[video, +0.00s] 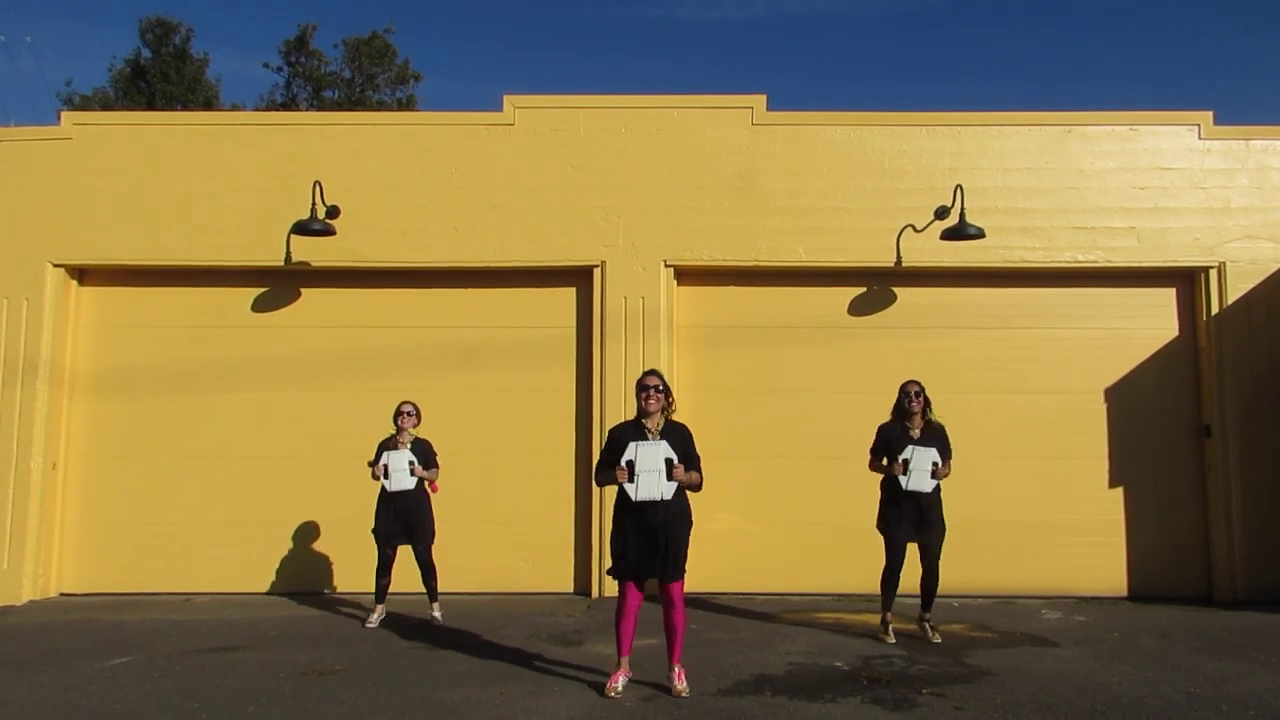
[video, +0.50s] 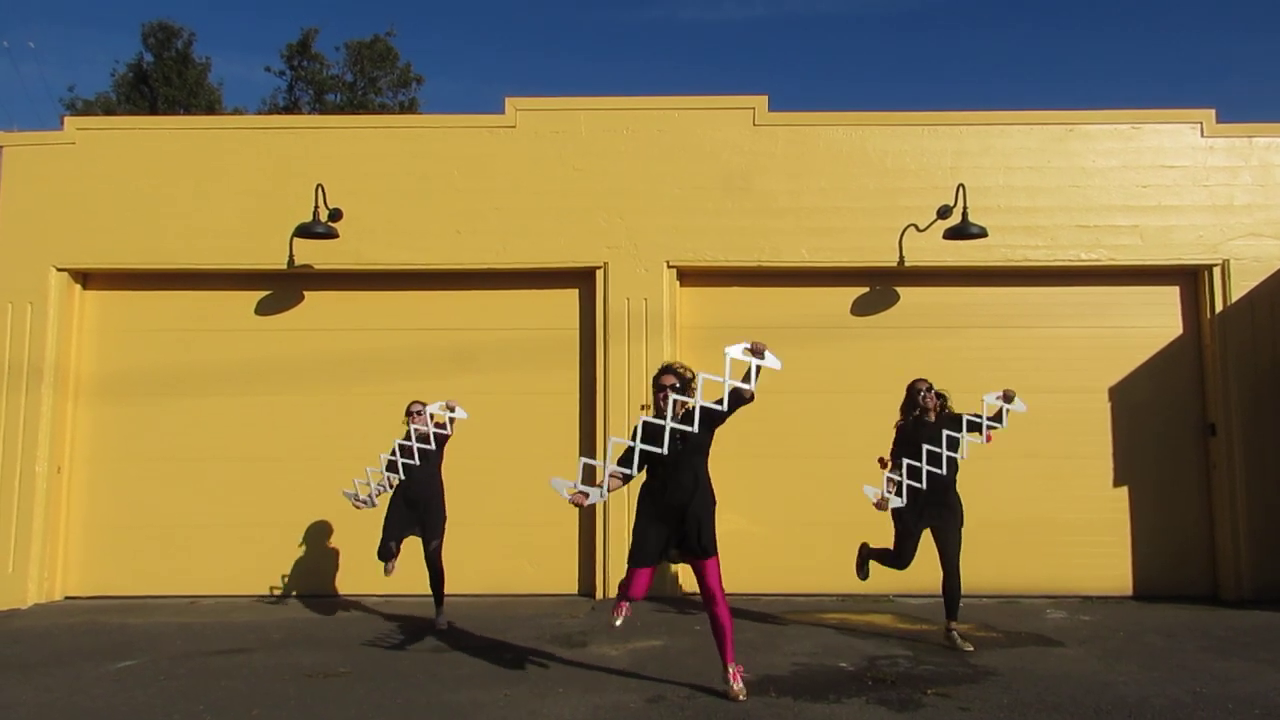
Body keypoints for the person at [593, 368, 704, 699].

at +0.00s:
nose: (650, 394)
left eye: (657, 390)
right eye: (645, 389)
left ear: (667, 396)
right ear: (637, 395)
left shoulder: (680, 433)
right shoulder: (621, 433)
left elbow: (697, 481)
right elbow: (600, 476)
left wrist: (683, 476)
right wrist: (616, 474)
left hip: (672, 529)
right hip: (631, 529)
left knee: (673, 597)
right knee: (629, 598)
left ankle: (676, 668)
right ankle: (622, 667)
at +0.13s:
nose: (650, 389)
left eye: (657, 384)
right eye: (644, 384)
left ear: (668, 389)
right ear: (637, 389)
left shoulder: (681, 424)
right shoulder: (620, 426)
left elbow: (704, 467)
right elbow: (598, 469)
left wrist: (690, 467)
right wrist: (619, 465)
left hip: (676, 521)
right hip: (631, 522)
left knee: (689, 591)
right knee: (621, 593)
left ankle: (699, 663)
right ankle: (613, 661)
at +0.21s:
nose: (651, 402)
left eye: (658, 397)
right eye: (645, 397)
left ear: (671, 402)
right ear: (638, 401)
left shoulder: (681, 439)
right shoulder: (627, 438)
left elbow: (701, 479)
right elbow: (609, 480)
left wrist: (699, 475)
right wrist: (630, 471)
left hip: (678, 533)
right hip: (633, 533)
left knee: (700, 602)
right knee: (618, 608)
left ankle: (722, 676)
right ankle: (601, 675)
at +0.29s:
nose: (653, 416)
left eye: (660, 411)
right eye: (647, 411)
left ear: (672, 415)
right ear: (640, 415)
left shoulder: (681, 447)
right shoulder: (631, 449)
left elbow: (702, 482)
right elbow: (623, 482)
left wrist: (704, 458)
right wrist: (638, 469)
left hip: (679, 540)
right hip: (636, 541)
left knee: (701, 613)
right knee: (621, 614)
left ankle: (724, 683)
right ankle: (600, 679)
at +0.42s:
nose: (660, 393)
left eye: (667, 388)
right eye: (655, 388)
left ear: (678, 392)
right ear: (647, 393)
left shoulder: (694, 423)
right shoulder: (638, 430)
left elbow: (736, 433)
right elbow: (626, 469)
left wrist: (741, 399)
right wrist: (608, 476)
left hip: (689, 522)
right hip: (647, 523)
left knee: (707, 593)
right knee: (628, 592)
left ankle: (728, 668)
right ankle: (608, 658)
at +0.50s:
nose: (665, 394)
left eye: (672, 389)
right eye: (660, 389)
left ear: (686, 392)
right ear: (653, 392)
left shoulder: (704, 417)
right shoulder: (647, 427)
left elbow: (741, 395)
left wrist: (755, 362)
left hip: (696, 515)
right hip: (654, 516)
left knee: (713, 594)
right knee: (636, 592)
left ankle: (731, 668)